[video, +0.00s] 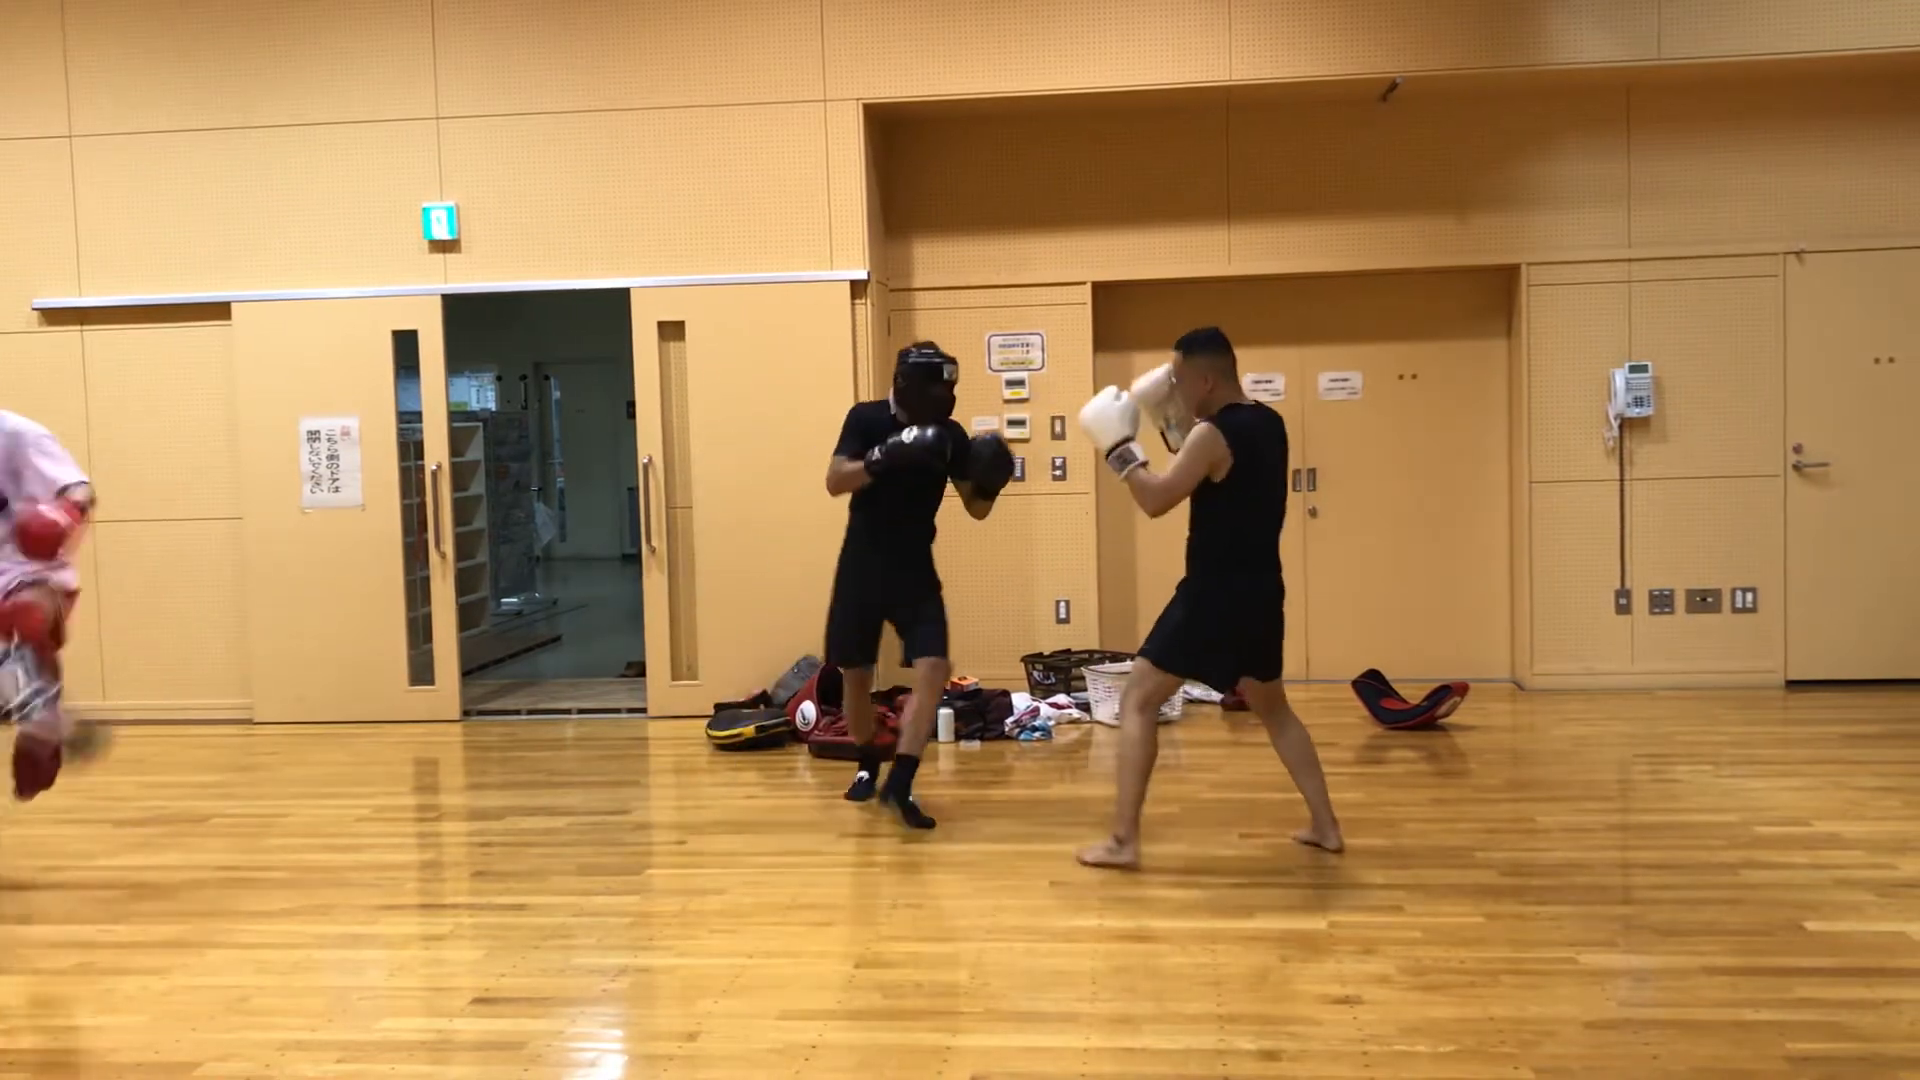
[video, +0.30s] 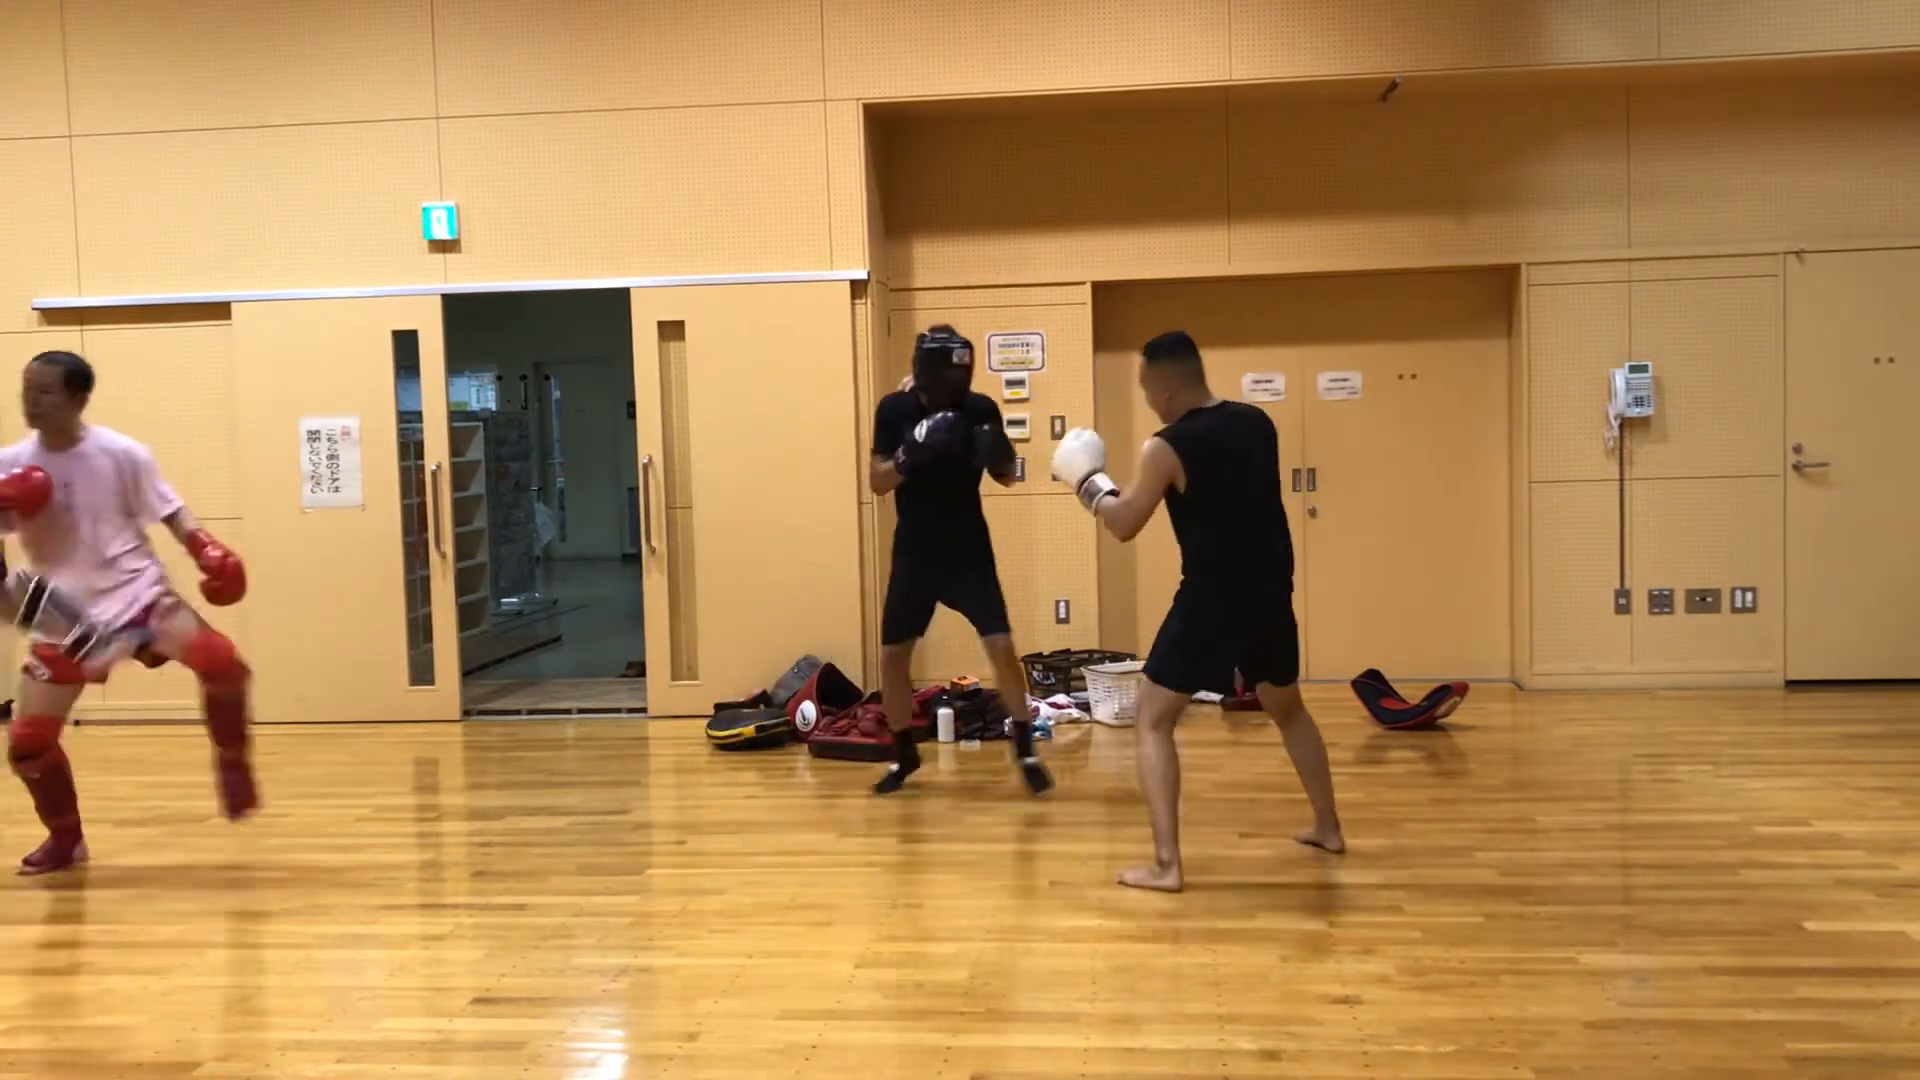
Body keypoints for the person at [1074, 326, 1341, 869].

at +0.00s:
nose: (1179, 392)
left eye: (1182, 381)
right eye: (1177, 381)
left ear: (1207, 378)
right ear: (1230, 375)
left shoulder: (1212, 434)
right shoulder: (1271, 424)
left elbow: (1154, 498)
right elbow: (1219, 480)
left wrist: (1120, 449)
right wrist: (1173, 422)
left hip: (1209, 598)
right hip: (1263, 597)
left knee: (1139, 699)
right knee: (1274, 707)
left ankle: (1123, 839)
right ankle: (1325, 824)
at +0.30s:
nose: (1147, 399)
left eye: (1148, 388)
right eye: (1146, 389)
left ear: (1162, 386)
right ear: (1199, 377)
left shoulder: (1168, 448)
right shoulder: (1258, 423)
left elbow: (1124, 522)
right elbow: (1228, 492)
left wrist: (1088, 483)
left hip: (1208, 601)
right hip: (1269, 595)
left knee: (1154, 722)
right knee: (1289, 710)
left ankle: (1166, 863)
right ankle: (1329, 827)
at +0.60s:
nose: (1157, 380)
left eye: (1157, 371)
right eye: (1158, 371)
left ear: (1165, 371)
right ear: (1212, 361)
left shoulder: (1167, 430)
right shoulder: (1270, 409)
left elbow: (1114, 501)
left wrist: (1102, 454)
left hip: (1205, 602)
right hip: (1277, 596)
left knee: (1166, 721)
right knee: (1312, 718)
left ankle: (1164, 864)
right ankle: (1337, 845)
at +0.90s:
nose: (1243, 378)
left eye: (1243, 369)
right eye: (1248, 368)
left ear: (1248, 368)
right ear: (1300, 358)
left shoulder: (1233, 430)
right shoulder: (1352, 417)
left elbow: (1182, 504)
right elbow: (1358, 494)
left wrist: (1175, 454)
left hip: (1253, 610)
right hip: (1326, 610)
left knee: (1213, 738)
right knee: (1339, 755)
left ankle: (1184, 862)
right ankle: (1331, 910)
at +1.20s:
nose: (1315, 371)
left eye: (1314, 362)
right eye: (1325, 361)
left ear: (1317, 363)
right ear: (1373, 358)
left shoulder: (1296, 427)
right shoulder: (1416, 416)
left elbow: (1244, 494)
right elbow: (1423, 483)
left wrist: (1241, 436)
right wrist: (1382, 405)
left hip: (1312, 602)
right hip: (1380, 603)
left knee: (1323, 733)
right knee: (1366, 750)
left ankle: (1342, 851)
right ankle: (1327, 896)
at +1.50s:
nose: (1363, 369)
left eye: (1362, 361)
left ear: (1363, 361)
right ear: (1421, 355)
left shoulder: (1343, 419)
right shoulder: (1461, 409)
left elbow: (1286, 479)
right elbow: (1471, 476)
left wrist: (1289, 429)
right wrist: (1435, 401)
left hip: (1360, 598)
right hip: (1429, 598)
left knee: (1357, 719)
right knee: (1491, 716)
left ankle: (1344, 851)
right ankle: (1489, 863)